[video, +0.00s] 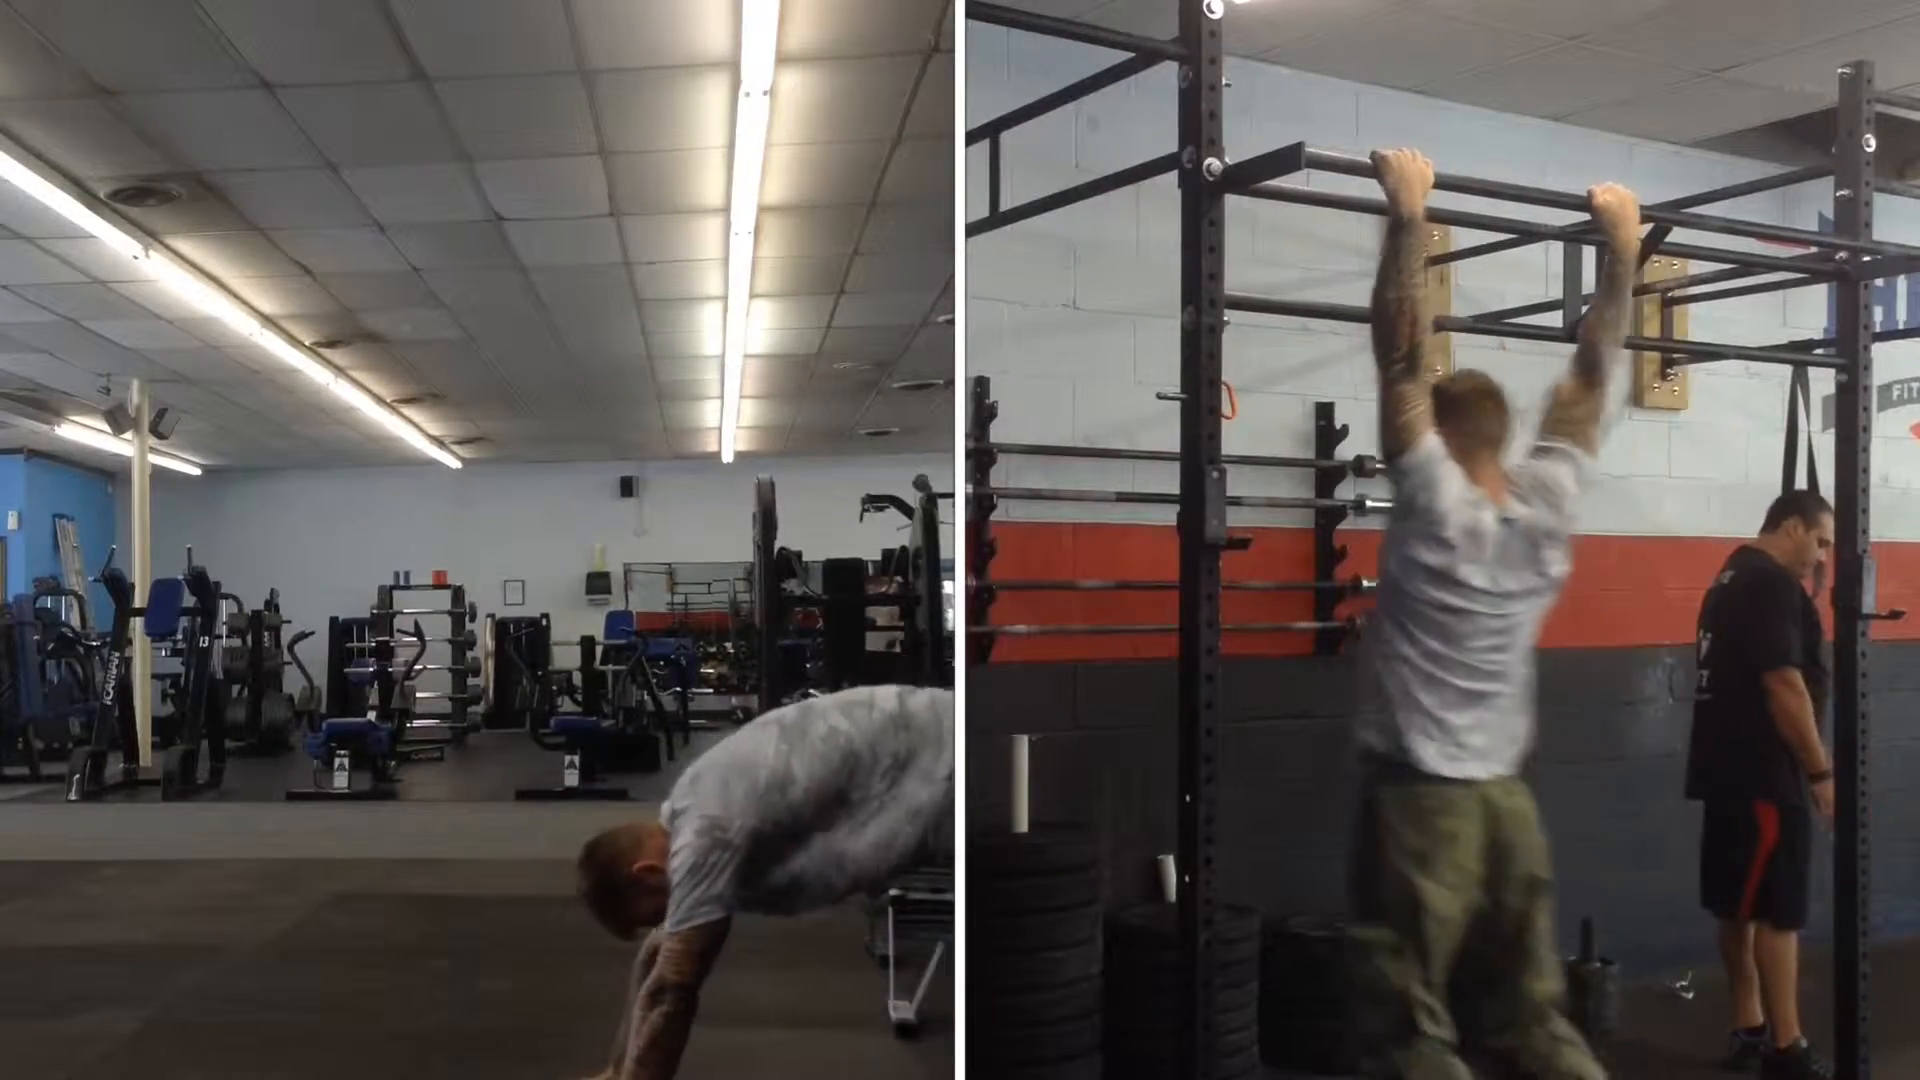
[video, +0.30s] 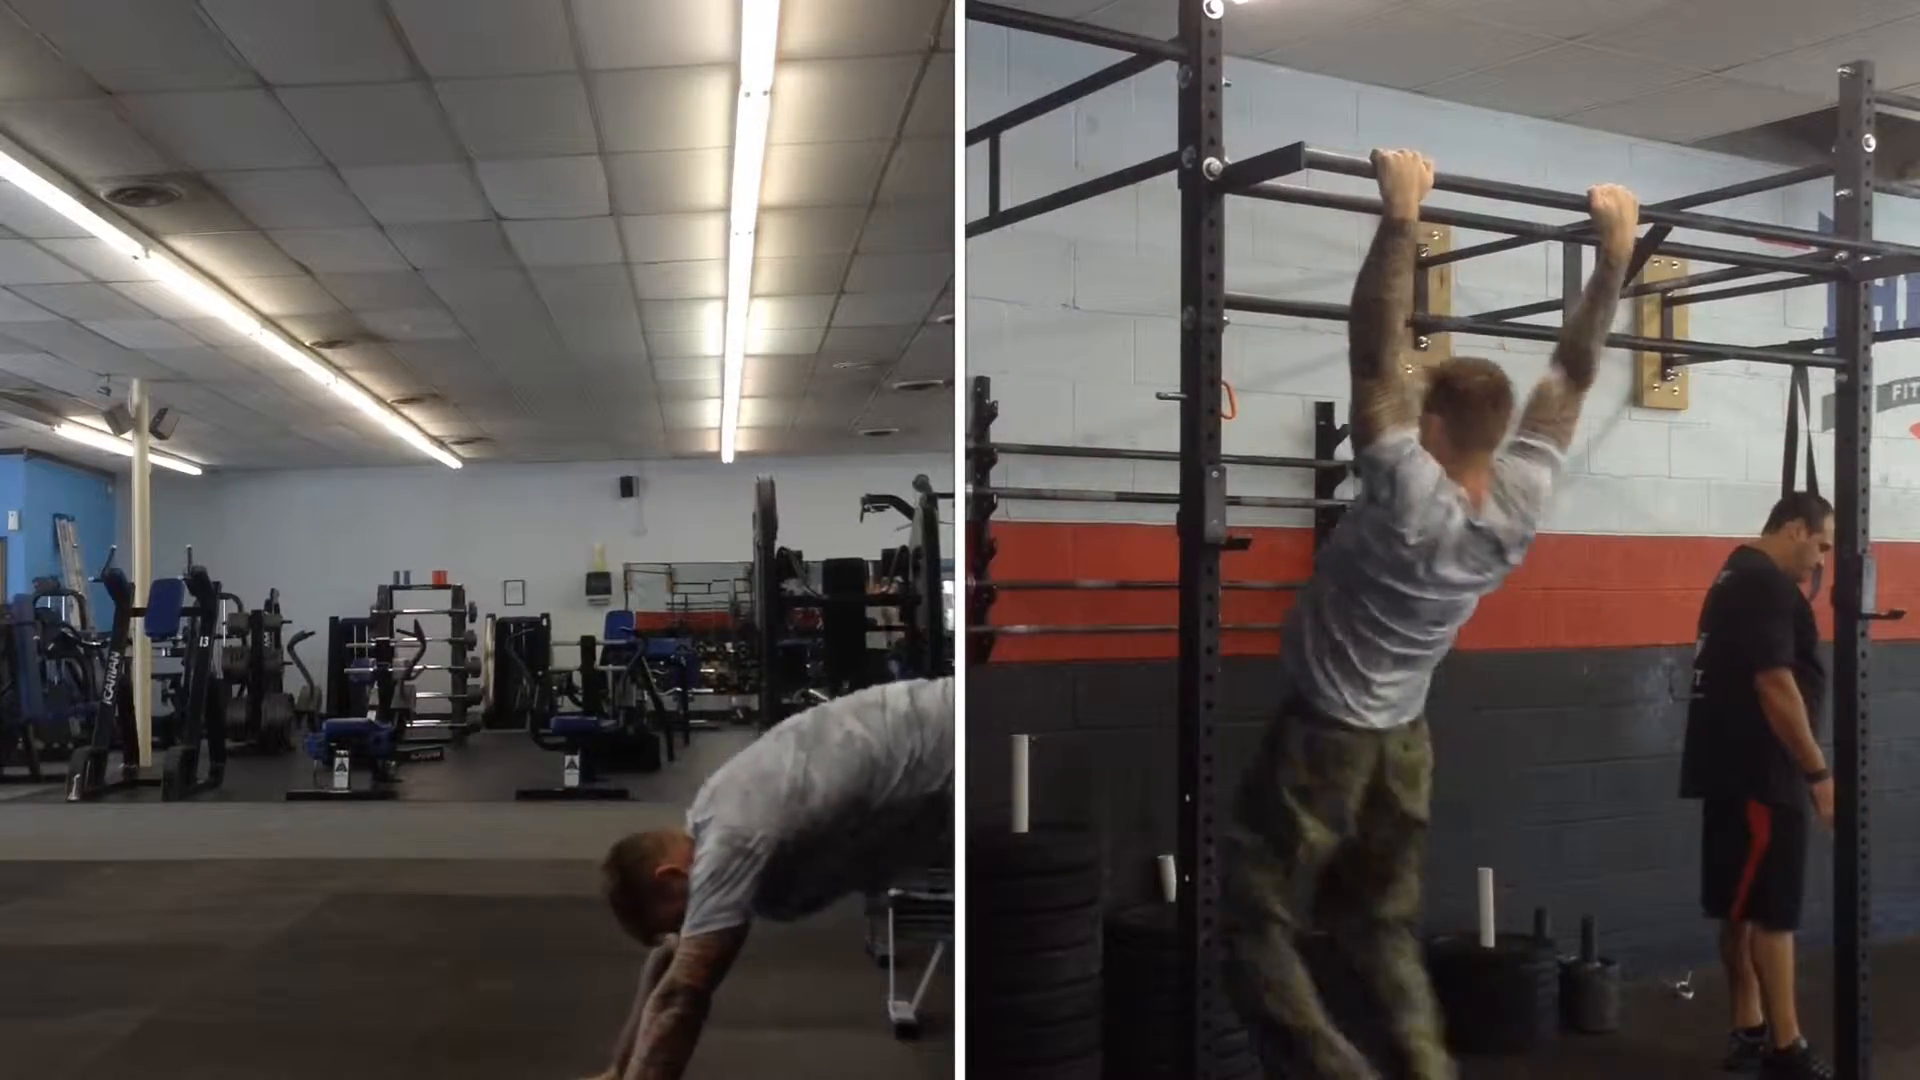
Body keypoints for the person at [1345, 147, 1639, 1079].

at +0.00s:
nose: (1429, 432)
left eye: (1432, 420)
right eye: (1453, 414)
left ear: (1435, 434)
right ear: (1509, 435)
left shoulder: (1429, 498)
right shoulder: (1545, 509)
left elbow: (1398, 352)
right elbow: (1590, 377)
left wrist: (1408, 214)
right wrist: (1622, 255)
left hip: (1419, 801)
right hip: (1507, 799)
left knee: (1406, 1022)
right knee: (1530, 1012)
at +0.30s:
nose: (1412, 411)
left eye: (1417, 402)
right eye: (1422, 404)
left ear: (1427, 424)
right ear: (1501, 436)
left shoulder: (1399, 490)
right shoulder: (1506, 521)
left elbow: (1378, 342)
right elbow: (1569, 376)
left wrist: (1399, 216)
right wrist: (1614, 262)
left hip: (1320, 744)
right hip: (1403, 746)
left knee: (1254, 925)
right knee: (1382, 928)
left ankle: (1333, 1070)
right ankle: (1429, 1068)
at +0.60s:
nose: (1552, 393)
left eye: (1560, 383)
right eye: (1564, 382)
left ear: (1571, 396)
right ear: (1631, 413)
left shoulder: (1511, 467)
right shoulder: (1641, 496)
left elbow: (1410, 362)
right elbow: (1630, 383)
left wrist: (1405, 219)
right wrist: (1628, 262)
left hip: (1403, 666)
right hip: (1473, 693)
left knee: (1241, 596)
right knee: (1266, 598)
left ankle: (1114, 628)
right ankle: (1126, 627)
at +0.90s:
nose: (1540, 69)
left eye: (1545, 56)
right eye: (1544, 56)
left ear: (1563, 54)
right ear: (1629, 62)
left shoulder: (1551, 113)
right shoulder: (1697, 148)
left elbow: (1485, 214)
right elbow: (1736, 288)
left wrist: (1416, 173)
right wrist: (1652, 264)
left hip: (1485, 386)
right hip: (1558, 420)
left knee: (1317, 449)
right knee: (1377, 494)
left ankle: (1256, 622)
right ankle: (1320, 604)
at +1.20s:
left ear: (1461, 15)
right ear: (1531, 6)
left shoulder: (1459, 24)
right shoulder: (1601, 37)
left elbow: (1428, 2)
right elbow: (1711, 60)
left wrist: (1392, 124)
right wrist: (1650, 164)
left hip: (1568, 280)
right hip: (1661, 287)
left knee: (1473, 471)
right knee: (1560, 485)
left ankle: (1403, 681)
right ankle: (1467, 628)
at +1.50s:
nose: (1437, 144)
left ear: (1428, 59)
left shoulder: (1439, 45)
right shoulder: (1562, 42)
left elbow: (1401, 1)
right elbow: (1668, 48)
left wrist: (1397, 127)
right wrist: (1639, 160)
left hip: (1591, 214)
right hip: (1682, 223)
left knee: (1549, 465)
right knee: (1627, 473)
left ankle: (1520, 711)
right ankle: (1562, 700)